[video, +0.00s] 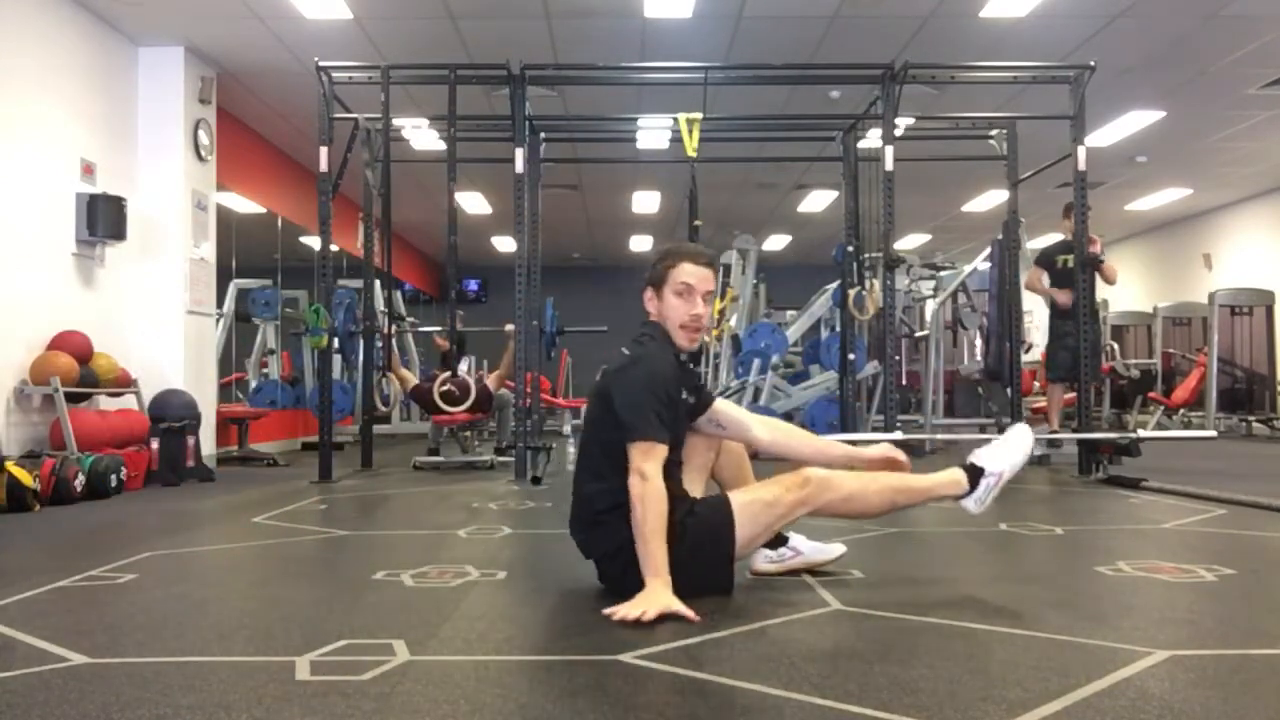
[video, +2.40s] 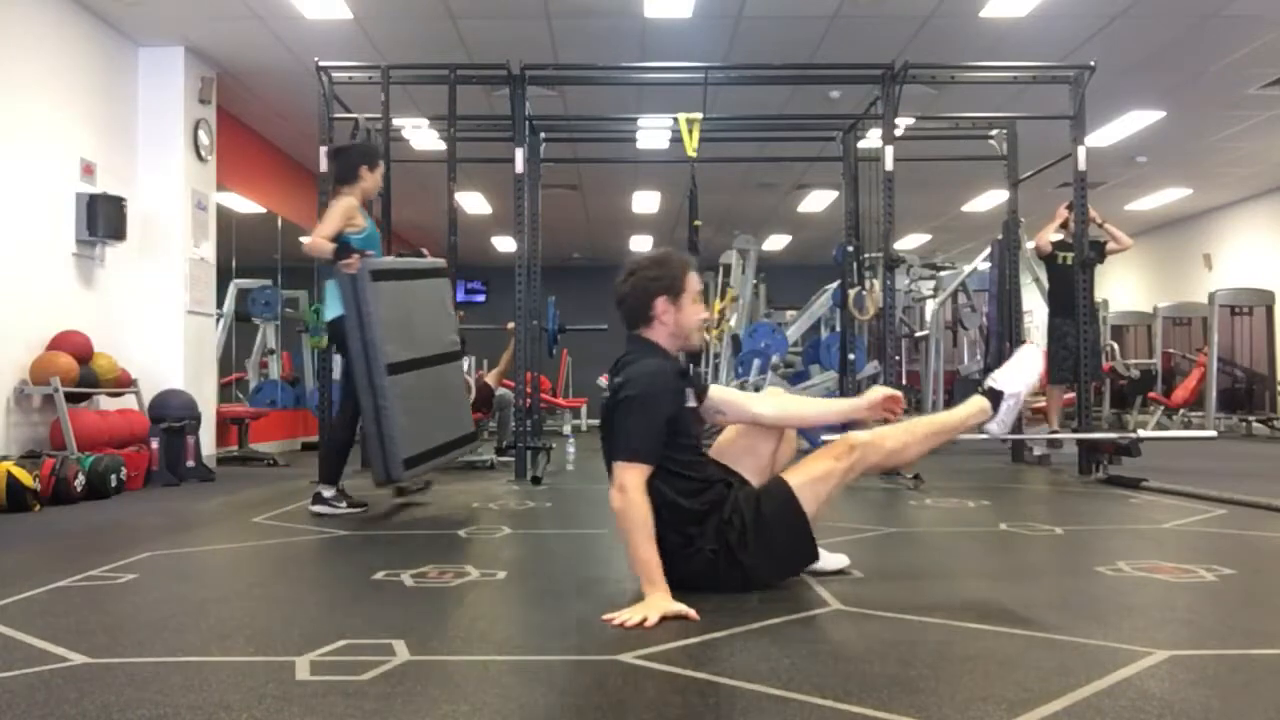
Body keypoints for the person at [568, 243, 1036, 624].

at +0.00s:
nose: (700, 310)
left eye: (707, 299)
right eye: (686, 296)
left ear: (711, 305)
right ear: (651, 303)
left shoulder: (675, 370)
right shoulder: (648, 370)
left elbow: (755, 431)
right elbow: (645, 479)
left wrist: (858, 456)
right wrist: (655, 586)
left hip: (647, 531)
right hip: (640, 556)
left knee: (716, 427)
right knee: (805, 485)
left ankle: (765, 545)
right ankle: (969, 481)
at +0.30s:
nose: (763, 322)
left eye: (771, 310)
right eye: (750, 304)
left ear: (771, 314)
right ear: (709, 303)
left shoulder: (730, 376)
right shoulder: (678, 373)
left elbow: (816, 428)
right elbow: (647, 485)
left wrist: (914, 459)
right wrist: (655, 593)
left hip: (679, 524)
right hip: (662, 556)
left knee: (755, 422)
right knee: (825, 514)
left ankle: (770, 545)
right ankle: (994, 525)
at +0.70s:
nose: (811, 299)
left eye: (813, 286)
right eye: (805, 284)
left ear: (766, 280)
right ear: (759, 278)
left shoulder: (746, 336)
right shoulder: (696, 355)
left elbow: (808, 412)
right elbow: (672, 483)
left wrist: (906, 460)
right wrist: (658, 591)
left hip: (709, 477)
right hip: (689, 516)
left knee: (805, 414)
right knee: (851, 499)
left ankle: (777, 544)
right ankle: (1017, 527)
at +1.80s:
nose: (795, 302)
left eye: (796, 290)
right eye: (790, 289)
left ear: (746, 290)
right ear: (751, 291)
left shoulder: (726, 346)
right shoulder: (719, 367)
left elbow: (798, 417)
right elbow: (686, 486)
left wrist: (894, 448)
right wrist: (659, 591)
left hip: (727, 514)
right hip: (736, 544)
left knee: (810, 405)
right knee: (882, 473)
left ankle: (793, 545)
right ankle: (1028, 464)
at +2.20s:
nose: (741, 311)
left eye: (739, 299)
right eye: (736, 298)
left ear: (695, 305)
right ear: (706, 305)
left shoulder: (678, 360)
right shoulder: (691, 370)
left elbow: (776, 408)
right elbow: (670, 484)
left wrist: (881, 421)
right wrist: (658, 591)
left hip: (703, 532)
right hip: (724, 556)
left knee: (785, 427)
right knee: (871, 464)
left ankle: (783, 548)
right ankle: (1012, 427)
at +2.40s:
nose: (707, 313)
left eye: (703, 301)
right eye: (696, 301)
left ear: (662, 312)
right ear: (661, 312)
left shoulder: (661, 369)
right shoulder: (649, 375)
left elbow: (759, 408)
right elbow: (626, 490)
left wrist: (857, 407)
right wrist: (654, 592)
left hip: (703, 524)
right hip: (716, 553)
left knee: (773, 418)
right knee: (850, 450)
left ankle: (786, 546)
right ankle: (988, 402)